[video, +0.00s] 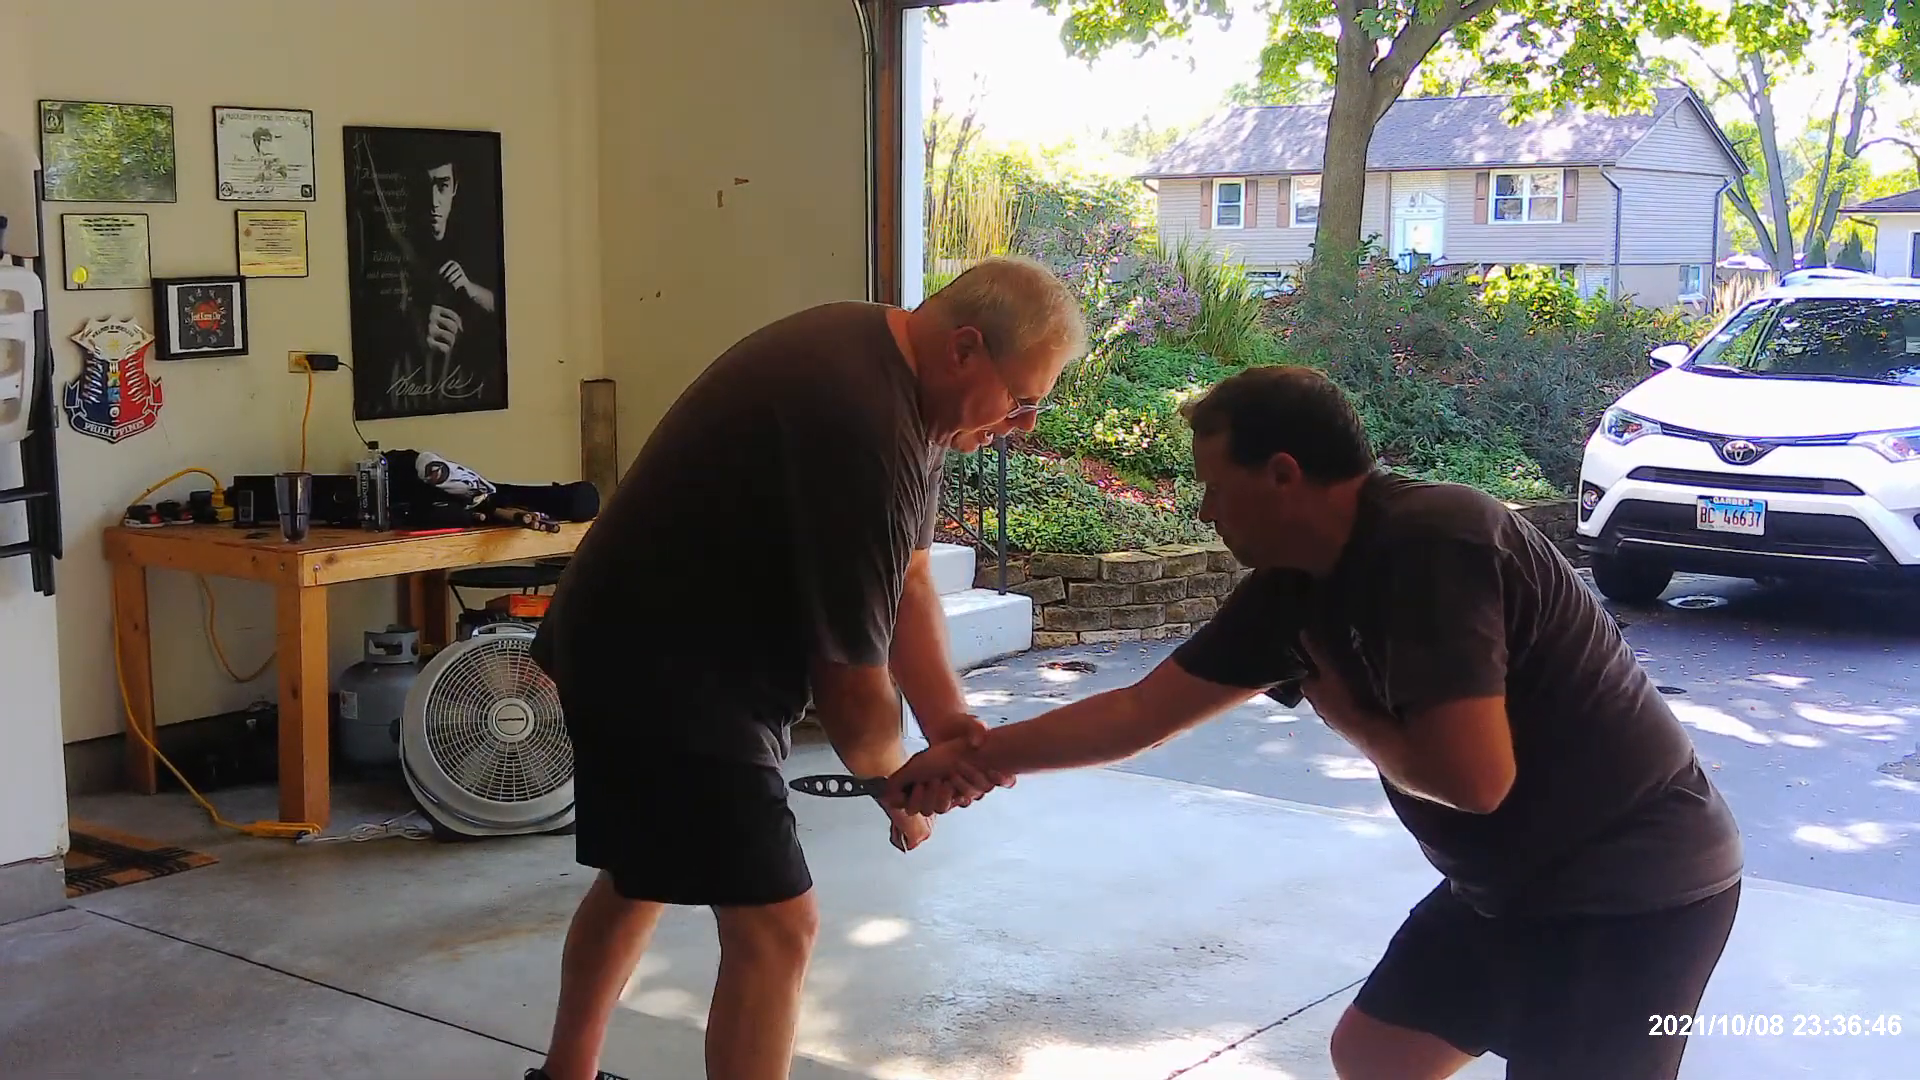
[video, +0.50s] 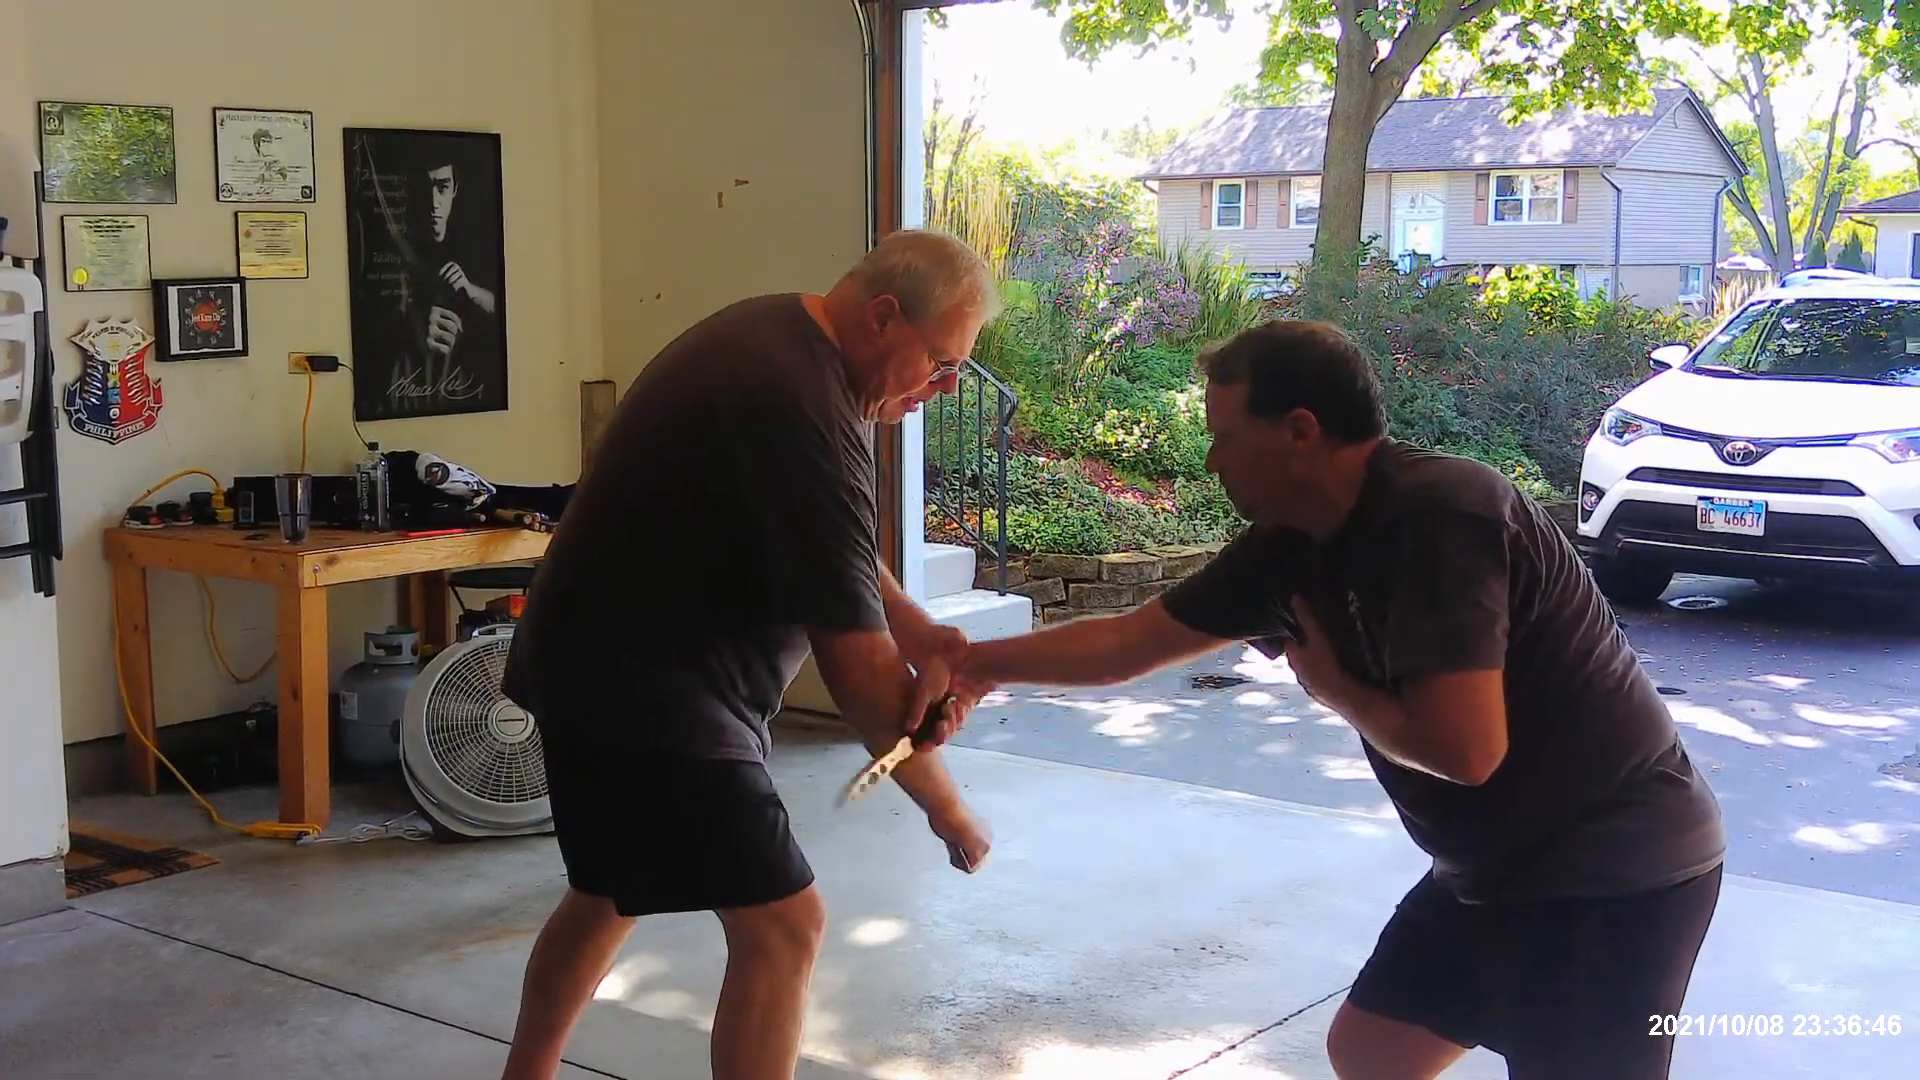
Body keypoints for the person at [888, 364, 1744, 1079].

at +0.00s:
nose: (1201, 503)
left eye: (1210, 477)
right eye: (1201, 479)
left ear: (1282, 474)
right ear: (1280, 478)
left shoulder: (1433, 544)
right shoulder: (1292, 589)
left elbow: (1476, 777)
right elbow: (1144, 710)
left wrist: (1347, 717)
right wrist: (984, 754)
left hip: (1642, 881)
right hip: (1504, 875)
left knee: (1594, 1068)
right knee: (1375, 1049)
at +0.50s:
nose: (1213, 458)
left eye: (1224, 434)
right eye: (1212, 435)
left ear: (1301, 434)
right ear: (1300, 437)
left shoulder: (1445, 517)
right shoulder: (1289, 542)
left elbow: (1469, 748)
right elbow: (1134, 639)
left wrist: (1338, 691)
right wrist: (976, 659)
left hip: (1625, 865)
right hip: (1491, 865)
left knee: (1585, 1069)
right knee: (1371, 1050)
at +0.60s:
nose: (1209, 447)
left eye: (1221, 426)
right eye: (1208, 426)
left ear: (1299, 429)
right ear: (1296, 431)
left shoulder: (1433, 520)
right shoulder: (1285, 532)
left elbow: (1460, 745)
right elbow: (1140, 577)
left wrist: (1329, 688)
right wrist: (977, 592)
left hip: (1621, 866)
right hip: (1488, 861)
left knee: (1580, 1070)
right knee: (1371, 1047)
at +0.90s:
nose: (1165, 405)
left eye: (1181, 381)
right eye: (1162, 384)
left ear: (1268, 375)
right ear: (1241, 384)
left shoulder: (1371, 447)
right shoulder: (1225, 490)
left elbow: (1417, 665)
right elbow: (1091, 567)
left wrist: (1262, 600)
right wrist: (959, 579)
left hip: (1589, 794)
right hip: (1458, 810)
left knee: (1595, 1061)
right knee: (1374, 1038)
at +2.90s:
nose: (1204, 427)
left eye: (1218, 399)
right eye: (1193, 405)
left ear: (1296, 361)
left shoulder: (1420, 429)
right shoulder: (1242, 492)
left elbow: (1425, 619)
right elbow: (1153, 616)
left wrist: (1284, 575)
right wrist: (1050, 730)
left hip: (1516, 821)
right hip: (1371, 833)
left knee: (1534, 1063)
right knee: (1301, 1052)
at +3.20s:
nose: (1225, 425)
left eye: (1219, 399)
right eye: (1212, 405)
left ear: (1268, 359)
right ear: (1272, 359)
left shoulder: (1452, 415)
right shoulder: (1314, 463)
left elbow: (1445, 627)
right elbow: (1305, 643)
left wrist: (1317, 564)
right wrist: (1202, 782)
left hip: (1533, 816)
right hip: (1413, 812)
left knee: (1467, 1062)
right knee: (1355, 1039)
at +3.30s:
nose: (1275, 423)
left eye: (1261, 396)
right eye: (1260, 401)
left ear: (1291, 355)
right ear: (1305, 344)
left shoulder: (1462, 415)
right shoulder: (1398, 430)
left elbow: (1429, 638)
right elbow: (1424, 665)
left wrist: (1331, 553)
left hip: (1532, 840)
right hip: (1447, 828)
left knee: (1484, 1065)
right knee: (1377, 1037)